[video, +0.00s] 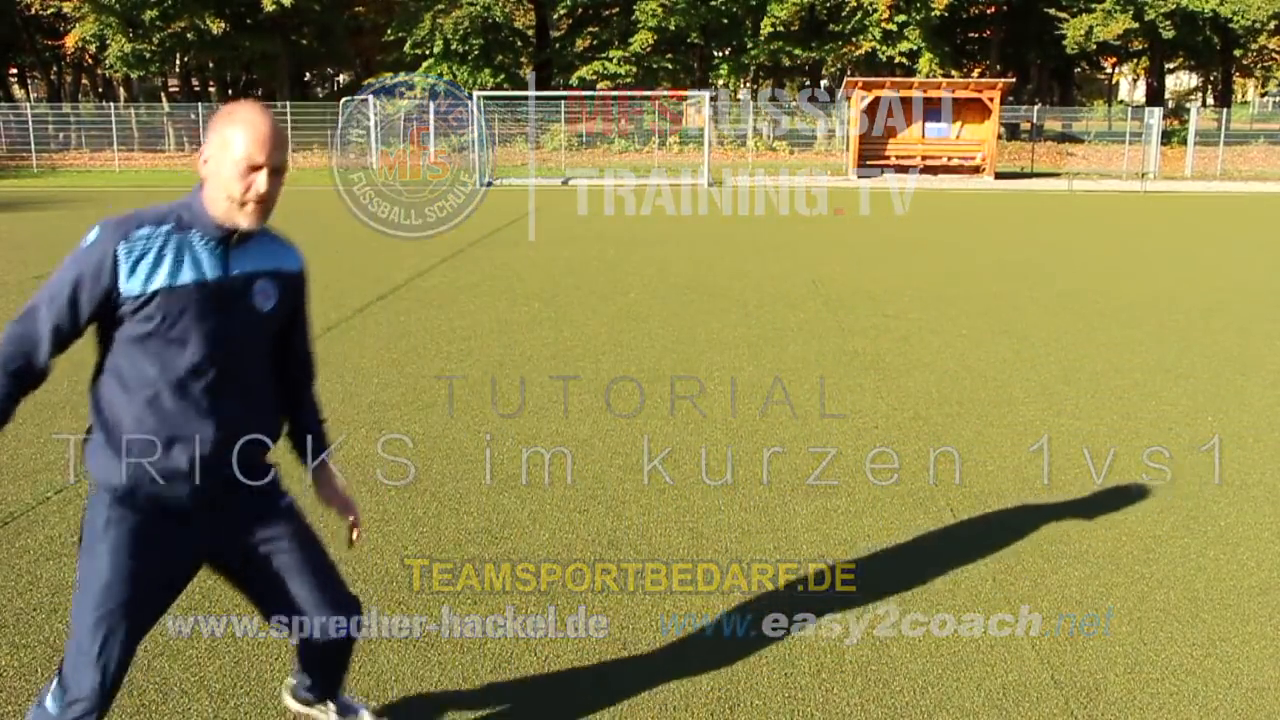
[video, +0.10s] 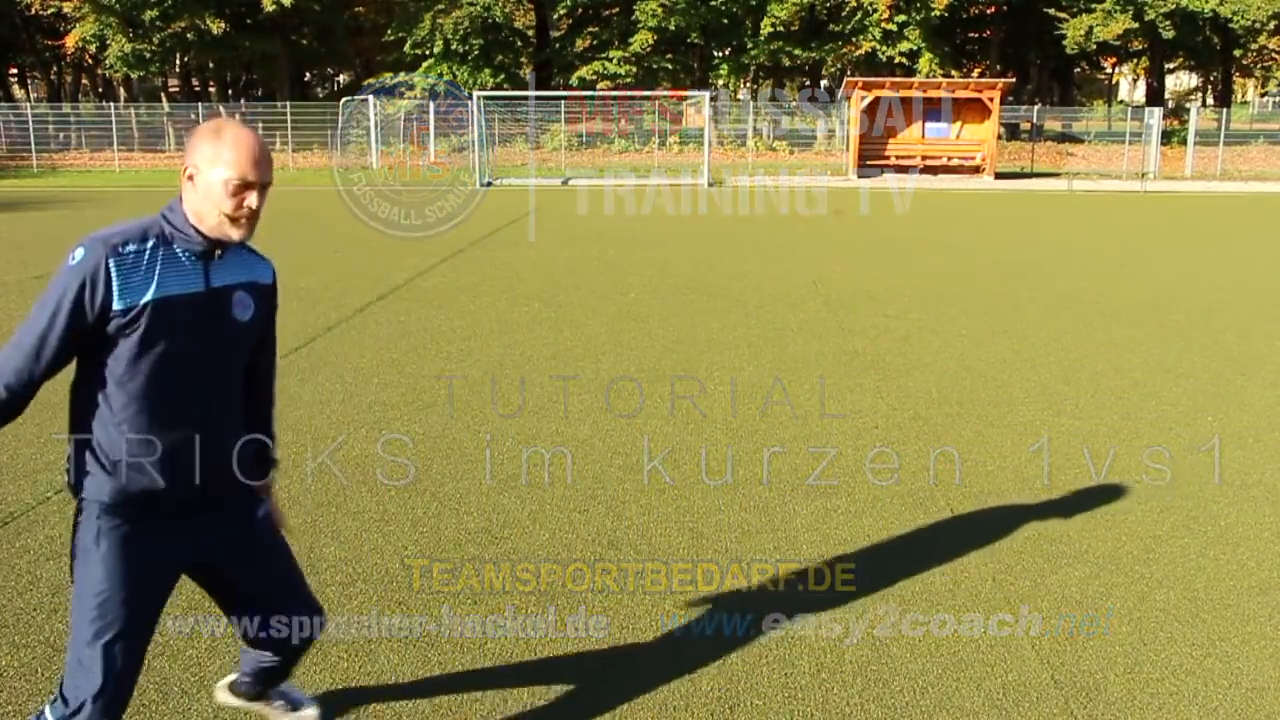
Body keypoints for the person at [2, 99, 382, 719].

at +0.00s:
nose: (264, 186)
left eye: (275, 170)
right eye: (249, 168)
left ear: (285, 170)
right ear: (205, 160)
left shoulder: (281, 262)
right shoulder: (123, 246)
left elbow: (295, 378)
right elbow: (24, 348)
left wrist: (321, 467)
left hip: (244, 495)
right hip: (138, 499)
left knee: (334, 621)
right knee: (89, 685)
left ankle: (314, 699)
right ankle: (48, 711)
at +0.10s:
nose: (254, 203)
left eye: (262, 189)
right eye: (239, 188)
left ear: (269, 186)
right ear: (191, 176)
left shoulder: (255, 274)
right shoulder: (107, 262)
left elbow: (258, 393)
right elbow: (14, 376)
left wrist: (261, 488)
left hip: (224, 502)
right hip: (127, 507)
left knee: (292, 621)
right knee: (96, 694)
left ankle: (252, 688)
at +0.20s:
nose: (266, 174)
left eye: (272, 160)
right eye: (253, 159)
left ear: (275, 159)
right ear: (201, 148)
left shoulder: (257, 246)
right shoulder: (122, 236)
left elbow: (224, 351)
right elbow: (32, 350)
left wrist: (236, 417)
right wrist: (3, 432)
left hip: (225, 467)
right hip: (141, 475)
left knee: (258, 600)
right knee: (101, 662)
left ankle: (201, 704)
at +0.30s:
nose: (287, 157)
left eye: (290, 143)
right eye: (274, 143)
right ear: (224, 134)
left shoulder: (262, 217)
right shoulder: (151, 218)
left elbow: (235, 326)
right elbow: (78, 337)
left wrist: (236, 412)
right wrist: (50, 450)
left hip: (234, 436)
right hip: (160, 446)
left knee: (249, 575)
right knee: (133, 624)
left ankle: (203, 703)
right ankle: (80, 712)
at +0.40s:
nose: (302, 157)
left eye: (305, 143)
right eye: (290, 143)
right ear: (243, 133)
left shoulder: (265, 212)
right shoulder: (175, 216)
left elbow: (240, 325)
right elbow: (115, 342)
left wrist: (249, 414)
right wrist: (109, 455)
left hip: (247, 427)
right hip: (187, 436)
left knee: (249, 573)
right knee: (186, 596)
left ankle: (208, 700)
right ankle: (131, 712)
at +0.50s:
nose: (316, 150)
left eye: (319, 137)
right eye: (305, 138)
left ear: (275, 132)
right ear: (261, 129)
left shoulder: (265, 194)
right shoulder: (194, 207)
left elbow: (245, 313)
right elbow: (144, 334)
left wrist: (261, 401)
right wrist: (154, 442)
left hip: (256, 415)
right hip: (212, 425)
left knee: (247, 576)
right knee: (250, 588)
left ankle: (213, 697)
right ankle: (204, 711)